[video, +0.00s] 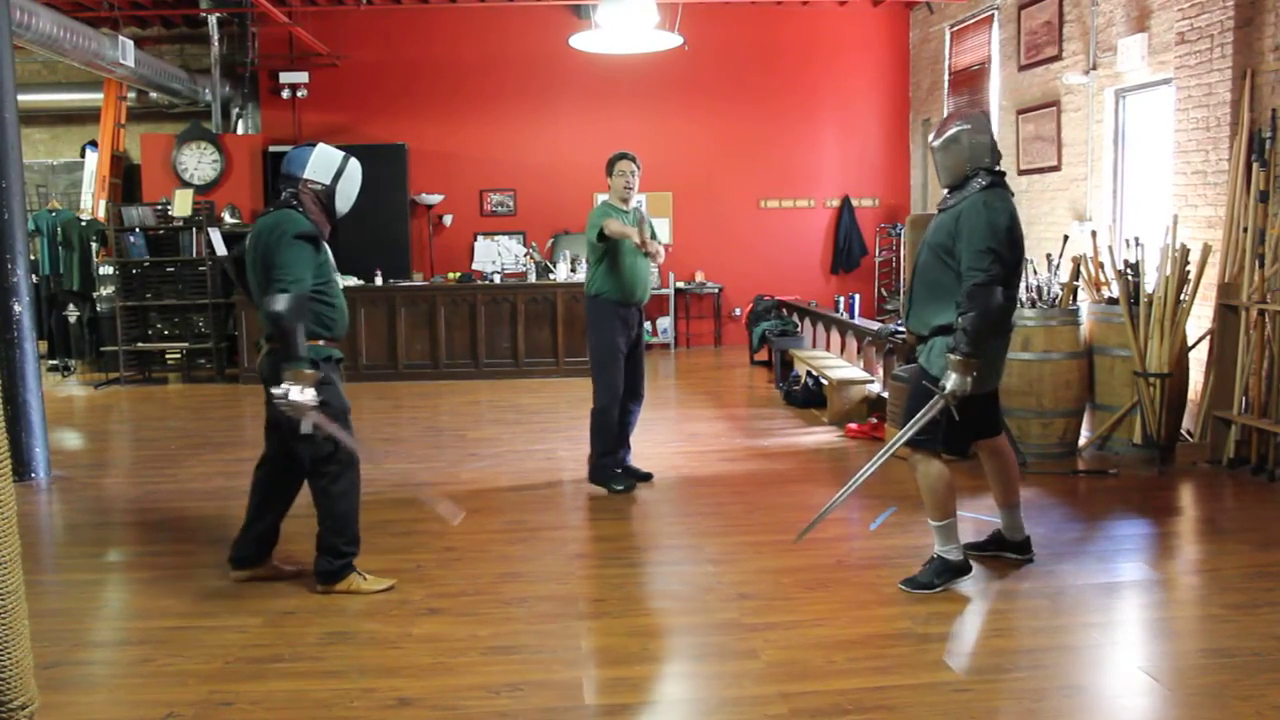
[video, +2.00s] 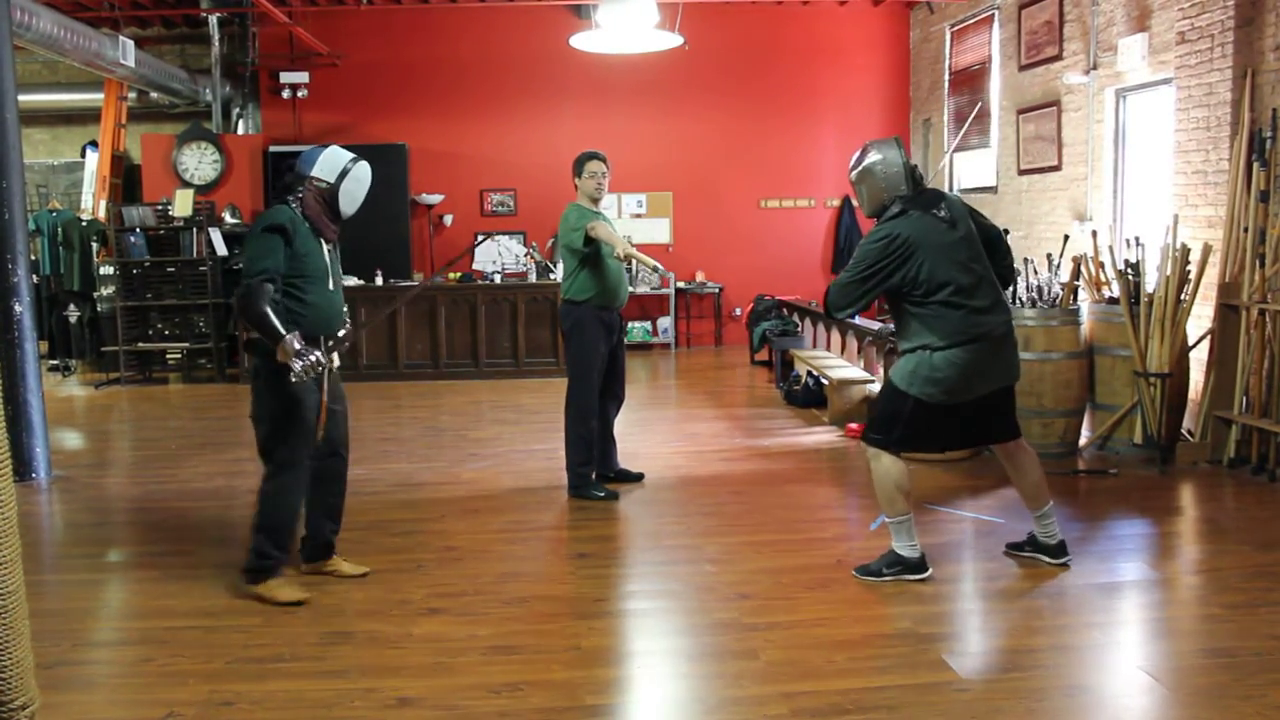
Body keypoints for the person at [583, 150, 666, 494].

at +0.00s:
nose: (629, 179)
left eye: (634, 174)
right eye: (622, 174)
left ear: (639, 181)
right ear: (609, 180)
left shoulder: (642, 220)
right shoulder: (600, 213)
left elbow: (659, 255)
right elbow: (612, 229)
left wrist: (653, 249)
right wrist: (639, 240)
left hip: (633, 311)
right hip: (606, 309)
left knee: (632, 392)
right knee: (610, 391)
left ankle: (619, 459)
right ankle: (601, 467)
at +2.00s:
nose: (601, 181)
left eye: (605, 176)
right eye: (593, 175)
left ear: (608, 181)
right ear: (577, 181)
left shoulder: (603, 218)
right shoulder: (574, 213)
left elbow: (615, 251)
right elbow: (595, 229)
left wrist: (633, 257)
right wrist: (620, 245)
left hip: (609, 316)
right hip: (584, 316)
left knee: (610, 395)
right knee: (583, 398)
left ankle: (606, 466)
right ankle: (580, 480)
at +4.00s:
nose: (597, 182)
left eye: (602, 176)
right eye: (590, 176)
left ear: (607, 182)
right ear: (576, 182)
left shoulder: (604, 221)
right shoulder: (572, 215)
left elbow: (618, 253)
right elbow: (591, 232)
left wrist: (625, 254)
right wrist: (613, 248)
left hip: (610, 315)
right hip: (585, 316)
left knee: (615, 394)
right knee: (590, 396)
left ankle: (609, 467)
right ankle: (584, 480)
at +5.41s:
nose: (596, 181)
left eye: (599, 175)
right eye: (587, 177)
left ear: (606, 182)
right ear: (574, 188)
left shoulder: (609, 224)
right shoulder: (569, 223)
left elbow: (627, 264)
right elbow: (578, 218)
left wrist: (654, 293)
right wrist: (593, 204)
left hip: (613, 322)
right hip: (584, 322)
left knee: (620, 403)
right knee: (595, 402)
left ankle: (598, 465)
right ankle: (585, 482)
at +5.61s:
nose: (601, 182)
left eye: (605, 177)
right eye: (593, 177)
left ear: (611, 183)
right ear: (581, 183)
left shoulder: (613, 226)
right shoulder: (575, 216)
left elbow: (632, 267)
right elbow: (556, 203)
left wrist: (654, 296)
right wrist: (556, 173)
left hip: (609, 318)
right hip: (580, 316)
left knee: (611, 396)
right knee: (585, 396)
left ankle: (596, 465)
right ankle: (586, 479)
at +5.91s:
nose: (600, 184)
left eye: (605, 180)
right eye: (594, 179)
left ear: (608, 188)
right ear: (579, 184)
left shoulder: (615, 229)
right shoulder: (561, 215)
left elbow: (636, 270)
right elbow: (524, 205)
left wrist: (659, 301)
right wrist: (526, 171)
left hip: (604, 317)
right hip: (568, 315)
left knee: (605, 393)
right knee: (565, 393)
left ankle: (597, 463)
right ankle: (559, 465)